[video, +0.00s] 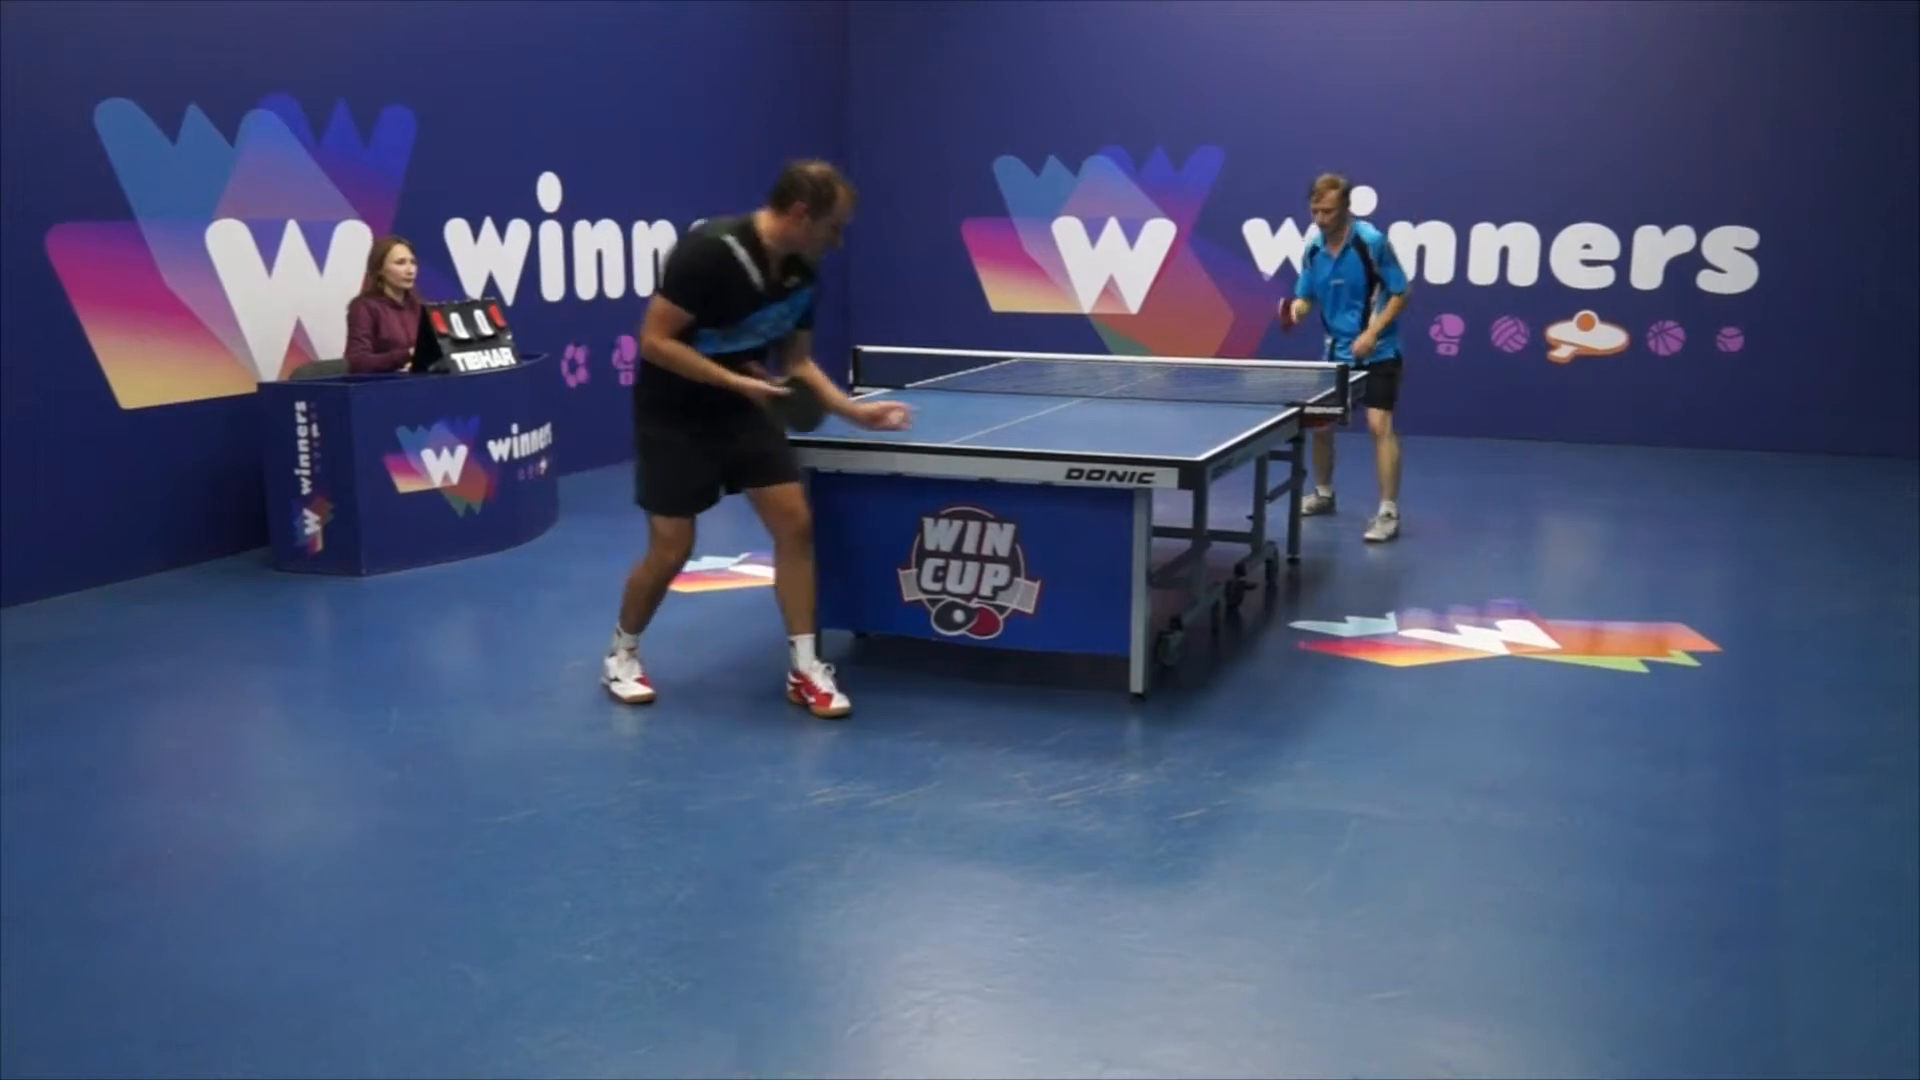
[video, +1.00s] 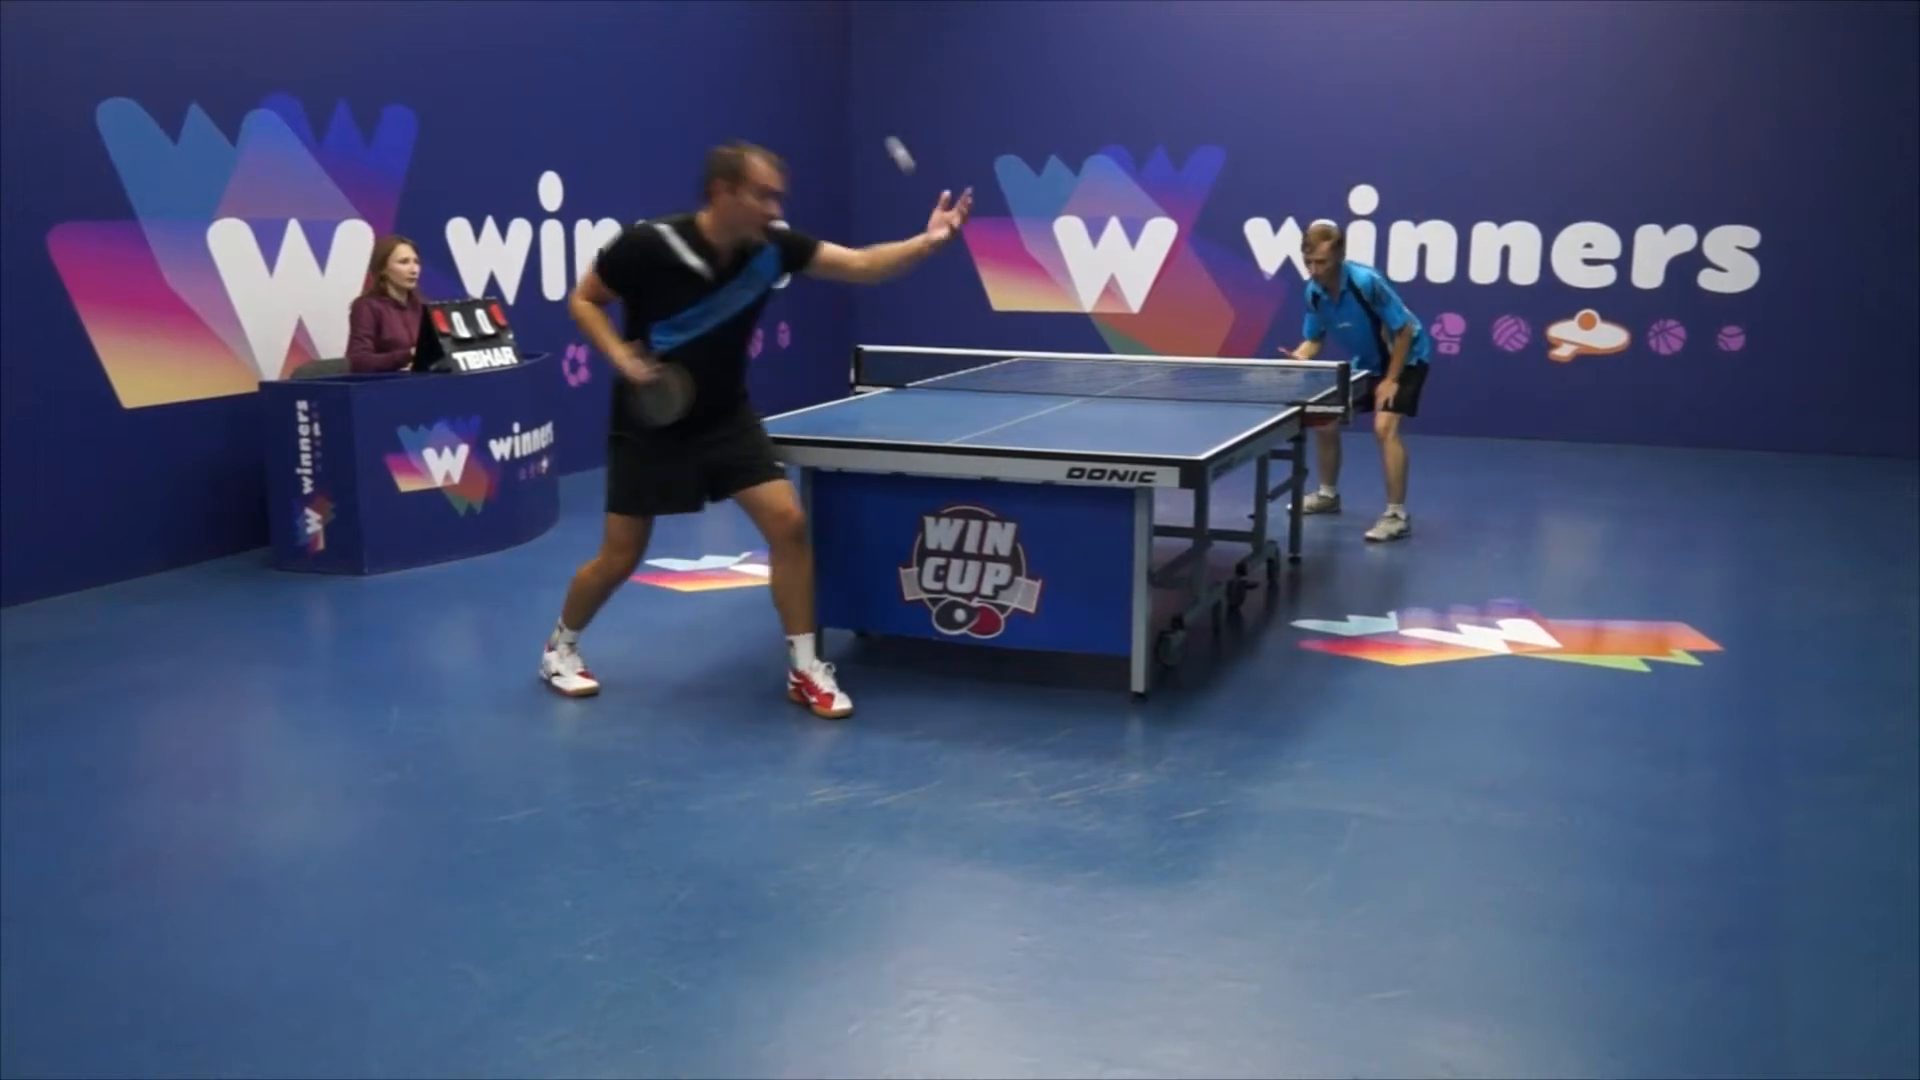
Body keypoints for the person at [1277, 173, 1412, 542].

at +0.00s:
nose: (1320, 217)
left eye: (1327, 211)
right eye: (1316, 210)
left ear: (1346, 209)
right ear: (1311, 209)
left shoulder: (1372, 241)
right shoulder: (1314, 249)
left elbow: (1400, 292)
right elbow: (1306, 298)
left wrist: (1373, 332)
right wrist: (1293, 313)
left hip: (1378, 348)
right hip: (1336, 349)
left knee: (1379, 424)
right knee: (1320, 420)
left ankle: (1387, 510)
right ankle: (1323, 493)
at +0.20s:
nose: (1320, 235)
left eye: (1327, 229)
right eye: (1316, 228)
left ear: (1344, 227)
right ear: (1310, 227)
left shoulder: (1368, 256)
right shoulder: (1315, 266)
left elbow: (1401, 307)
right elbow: (1311, 312)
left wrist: (1380, 355)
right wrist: (1296, 326)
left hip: (1389, 353)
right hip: (1352, 354)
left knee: (1382, 426)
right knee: (1321, 418)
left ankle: (1394, 512)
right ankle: (1327, 494)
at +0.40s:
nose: (1319, 254)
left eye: (1327, 246)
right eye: (1315, 246)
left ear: (1344, 243)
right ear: (1309, 243)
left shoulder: (1369, 270)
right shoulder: (1317, 278)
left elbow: (1402, 323)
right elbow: (1313, 324)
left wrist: (1387, 374)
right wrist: (1296, 340)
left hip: (1400, 354)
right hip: (1363, 354)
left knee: (1384, 426)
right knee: (1326, 418)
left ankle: (1395, 513)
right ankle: (1327, 494)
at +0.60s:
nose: (1319, 268)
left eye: (1326, 260)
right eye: (1314, 261)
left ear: (1343, 254)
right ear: (1308, 257)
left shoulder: (1369, 280)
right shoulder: (1315, 288)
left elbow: (1406, 329)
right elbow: (1312, 334)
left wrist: (1390, 378)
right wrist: (1294, 354)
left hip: (1405, 355)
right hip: (1367, 358)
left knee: (1385, 427)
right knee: (1327, 418)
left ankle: (1396, 513)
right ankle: (1327, 494)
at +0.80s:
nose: (1317, 274)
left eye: (1324, 267)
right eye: (1312, 267)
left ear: (1341, 261)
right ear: (1307, 263)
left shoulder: (1369, 285)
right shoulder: (1315, 292)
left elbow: (1408, 332)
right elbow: (1314, 341)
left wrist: (1392, 380)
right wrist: (1294, 361)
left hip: (1408, 355)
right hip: (1370, 358)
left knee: (1385, 428)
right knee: (1327, 419)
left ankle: (1396, 513)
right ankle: (1327, 494)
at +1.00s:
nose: (1315, 270)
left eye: (1322, 262)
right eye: (1310, 262)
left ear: (1339, 257)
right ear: (1305, 259)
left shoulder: (1366, 282)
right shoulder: (1314, 292)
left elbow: (1405, 329)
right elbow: (1314, 338)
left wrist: (1391, 379)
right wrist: (1297, 357)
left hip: (1406, 355)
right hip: (1368, 358)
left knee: (1385, 426)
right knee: (1325, 418)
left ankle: (1396, 513)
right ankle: (1327, 494)